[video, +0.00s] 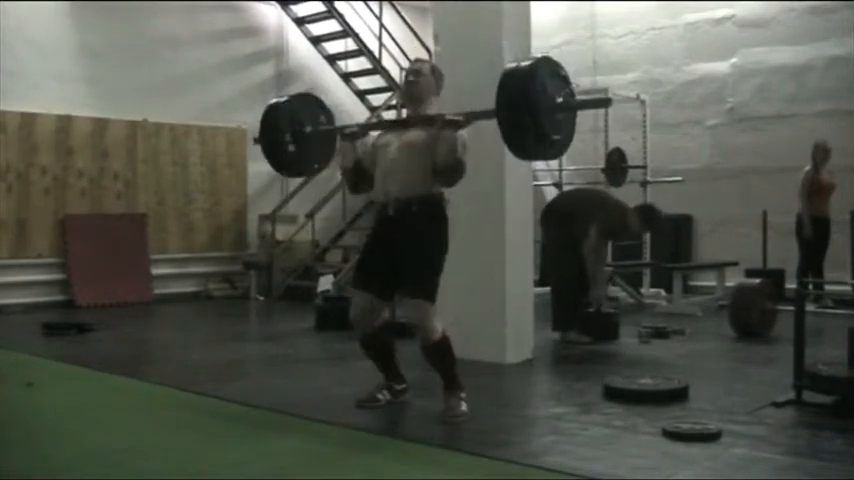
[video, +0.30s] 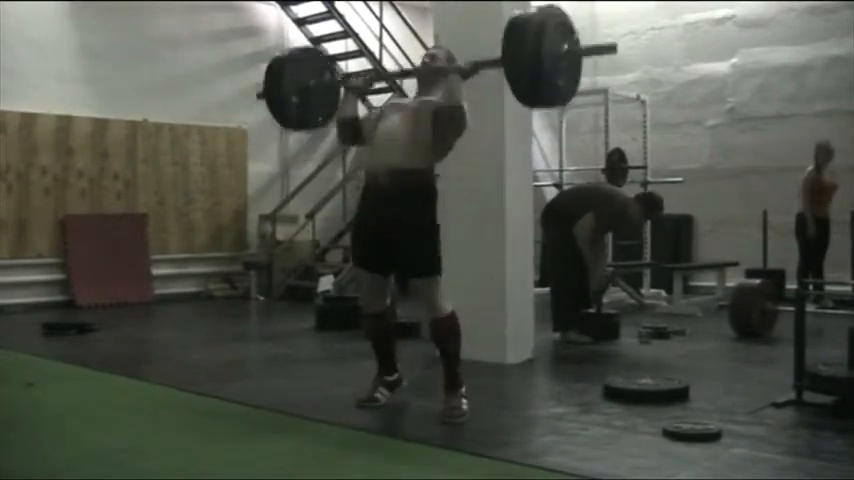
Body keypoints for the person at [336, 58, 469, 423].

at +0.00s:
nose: (408, 77)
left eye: (418, 73)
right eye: (406, 73)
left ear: (436, 86)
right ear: (400, 84)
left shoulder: (443, 129)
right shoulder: (384, 136)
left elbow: (448, 177)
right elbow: (359, 185)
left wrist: (447, 133)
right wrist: (348, 150)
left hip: (425, 218)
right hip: (387, 221)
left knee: (417, 311)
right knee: (364, 308)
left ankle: (453, 391)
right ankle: (394, 383)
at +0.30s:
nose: (428, 60)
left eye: (438, 58)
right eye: (426, 56)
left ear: (448, 74)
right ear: (417, 68)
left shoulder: (442, 110)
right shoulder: (392, 106)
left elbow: (451, 128)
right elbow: (350, 135)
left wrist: (452, 79)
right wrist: (351, 94)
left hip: (417, 204)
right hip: (375, 203)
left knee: (430, 297)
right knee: (372, 294)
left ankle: (453, 389)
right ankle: (388, 377)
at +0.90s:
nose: (405, 63)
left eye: (412, 56)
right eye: (400, 57)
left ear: (429, 59)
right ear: (394, 60)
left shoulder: (444, 90)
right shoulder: (389, 94)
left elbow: (463, 34)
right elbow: (367, 41)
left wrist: (469, 0)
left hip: (435, 194)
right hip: (395, 197)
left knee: (446, 295)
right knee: (389, 292)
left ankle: (456, 391)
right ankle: (394, 383)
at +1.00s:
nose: (418, 61)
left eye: (425, 54)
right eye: (413, 55)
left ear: (440, 59)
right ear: (408, 61)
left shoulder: (457, 93)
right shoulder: (401, 96)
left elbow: (481, 47)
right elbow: (368, 52)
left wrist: (479, 4)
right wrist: (368, 7)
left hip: (446, 191)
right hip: (404, 194)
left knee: (457, 285)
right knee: (393, 286)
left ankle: (480, 384)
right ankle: (393, 380)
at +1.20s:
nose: (447, 83)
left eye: (453, 76)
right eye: (442, 77)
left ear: (469, 75)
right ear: (436, 79)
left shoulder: (488, 105)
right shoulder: (433, 112)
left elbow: (519, 118)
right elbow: (391, 122)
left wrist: (491, 84)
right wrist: (375, 96)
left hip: (476, 204)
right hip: (435, 204)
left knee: (483, 297)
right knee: (410, 290)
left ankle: (507, 382)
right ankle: (395, 381)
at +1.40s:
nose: (457, 82)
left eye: (462, 75)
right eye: (452, 77)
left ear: (479, 72)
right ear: (448, 80)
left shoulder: (506, 112)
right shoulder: (442, 119)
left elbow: (535, 158)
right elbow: (422, 161)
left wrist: (533, 196)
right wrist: (406, 179)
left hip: (496, 206)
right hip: (456, 208)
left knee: (502, 295)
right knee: (432, 286)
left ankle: (510, 379)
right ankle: (441, 370)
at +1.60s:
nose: (454, 88)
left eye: (459, 81)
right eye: (448, 84)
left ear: (474, 77)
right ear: (442, 85)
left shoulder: (504, 117)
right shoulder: (436, 125)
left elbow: (537, 159)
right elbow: (422, 172)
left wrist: (558, 204)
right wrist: (414, 211)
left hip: (491, 205)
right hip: (452, 208)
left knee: (492, 295)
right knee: (460, 297)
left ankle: (505, 380)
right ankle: (481, 372)